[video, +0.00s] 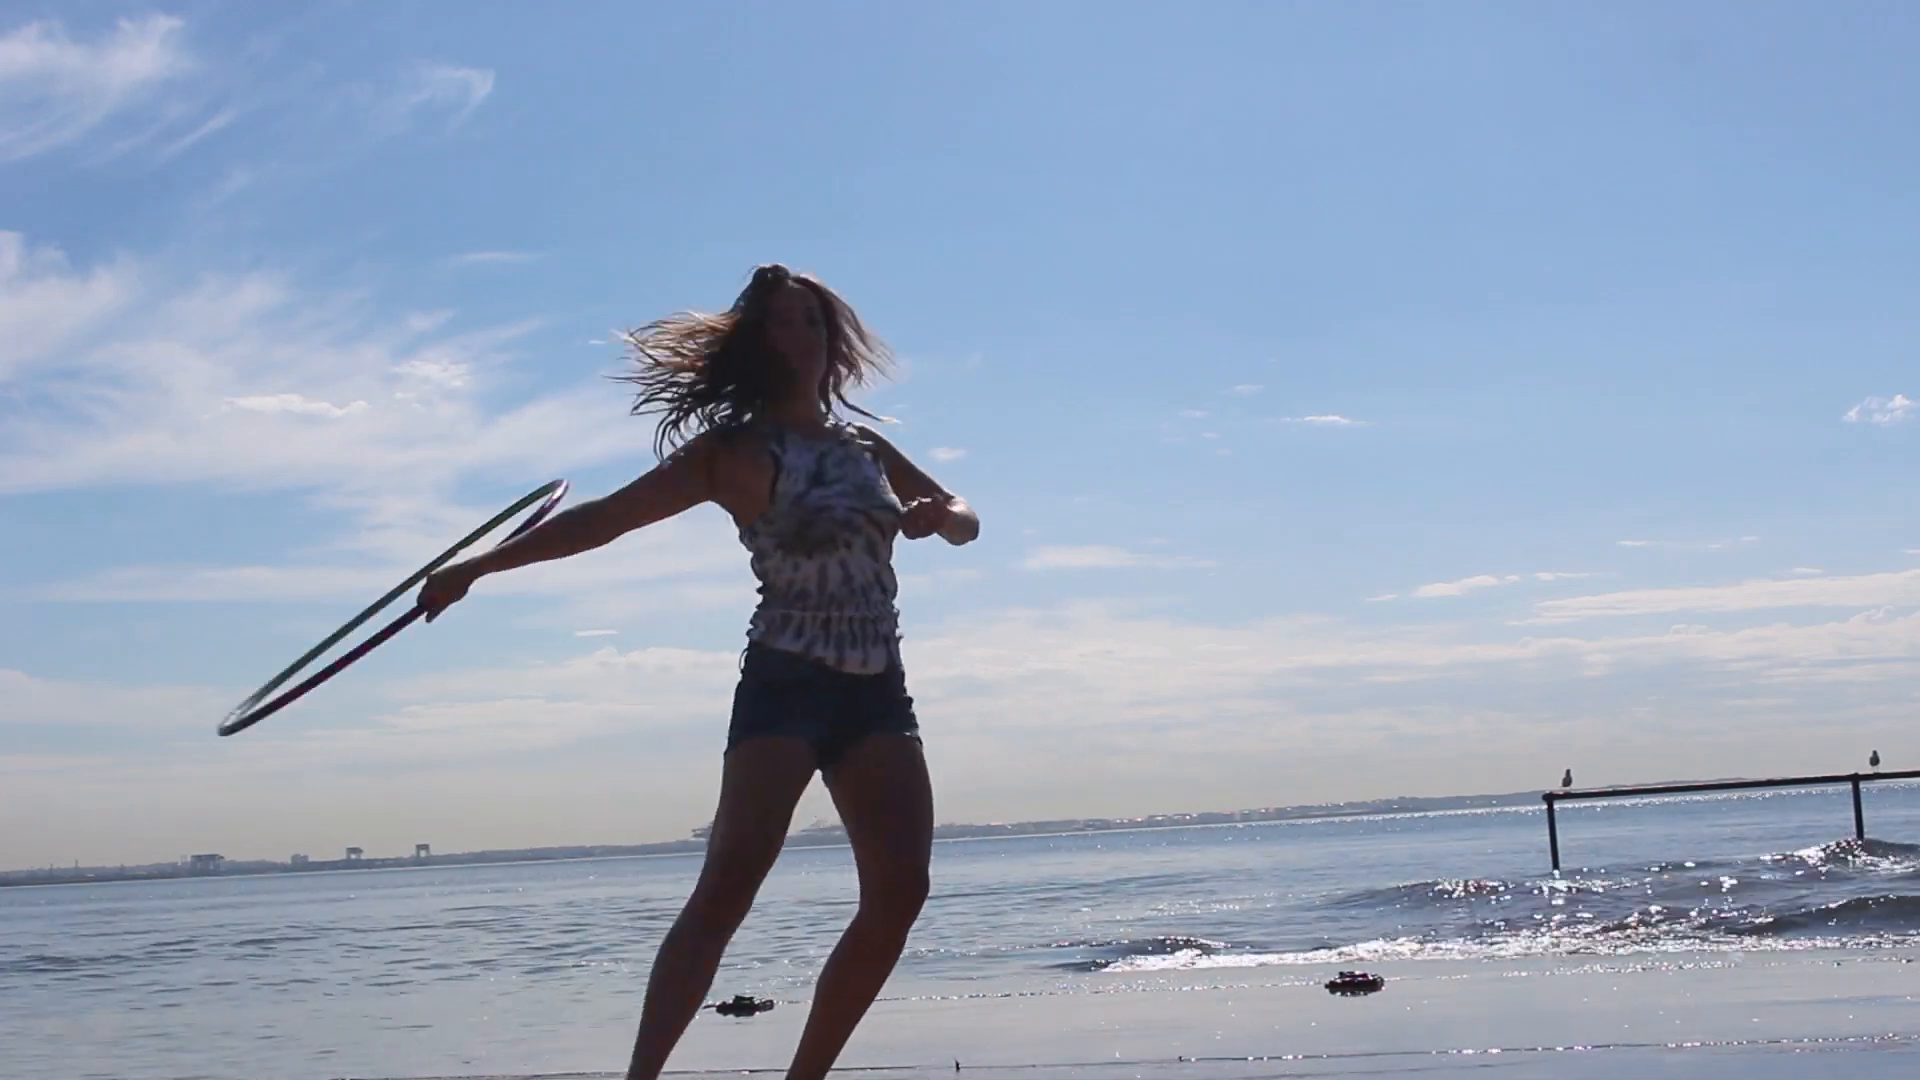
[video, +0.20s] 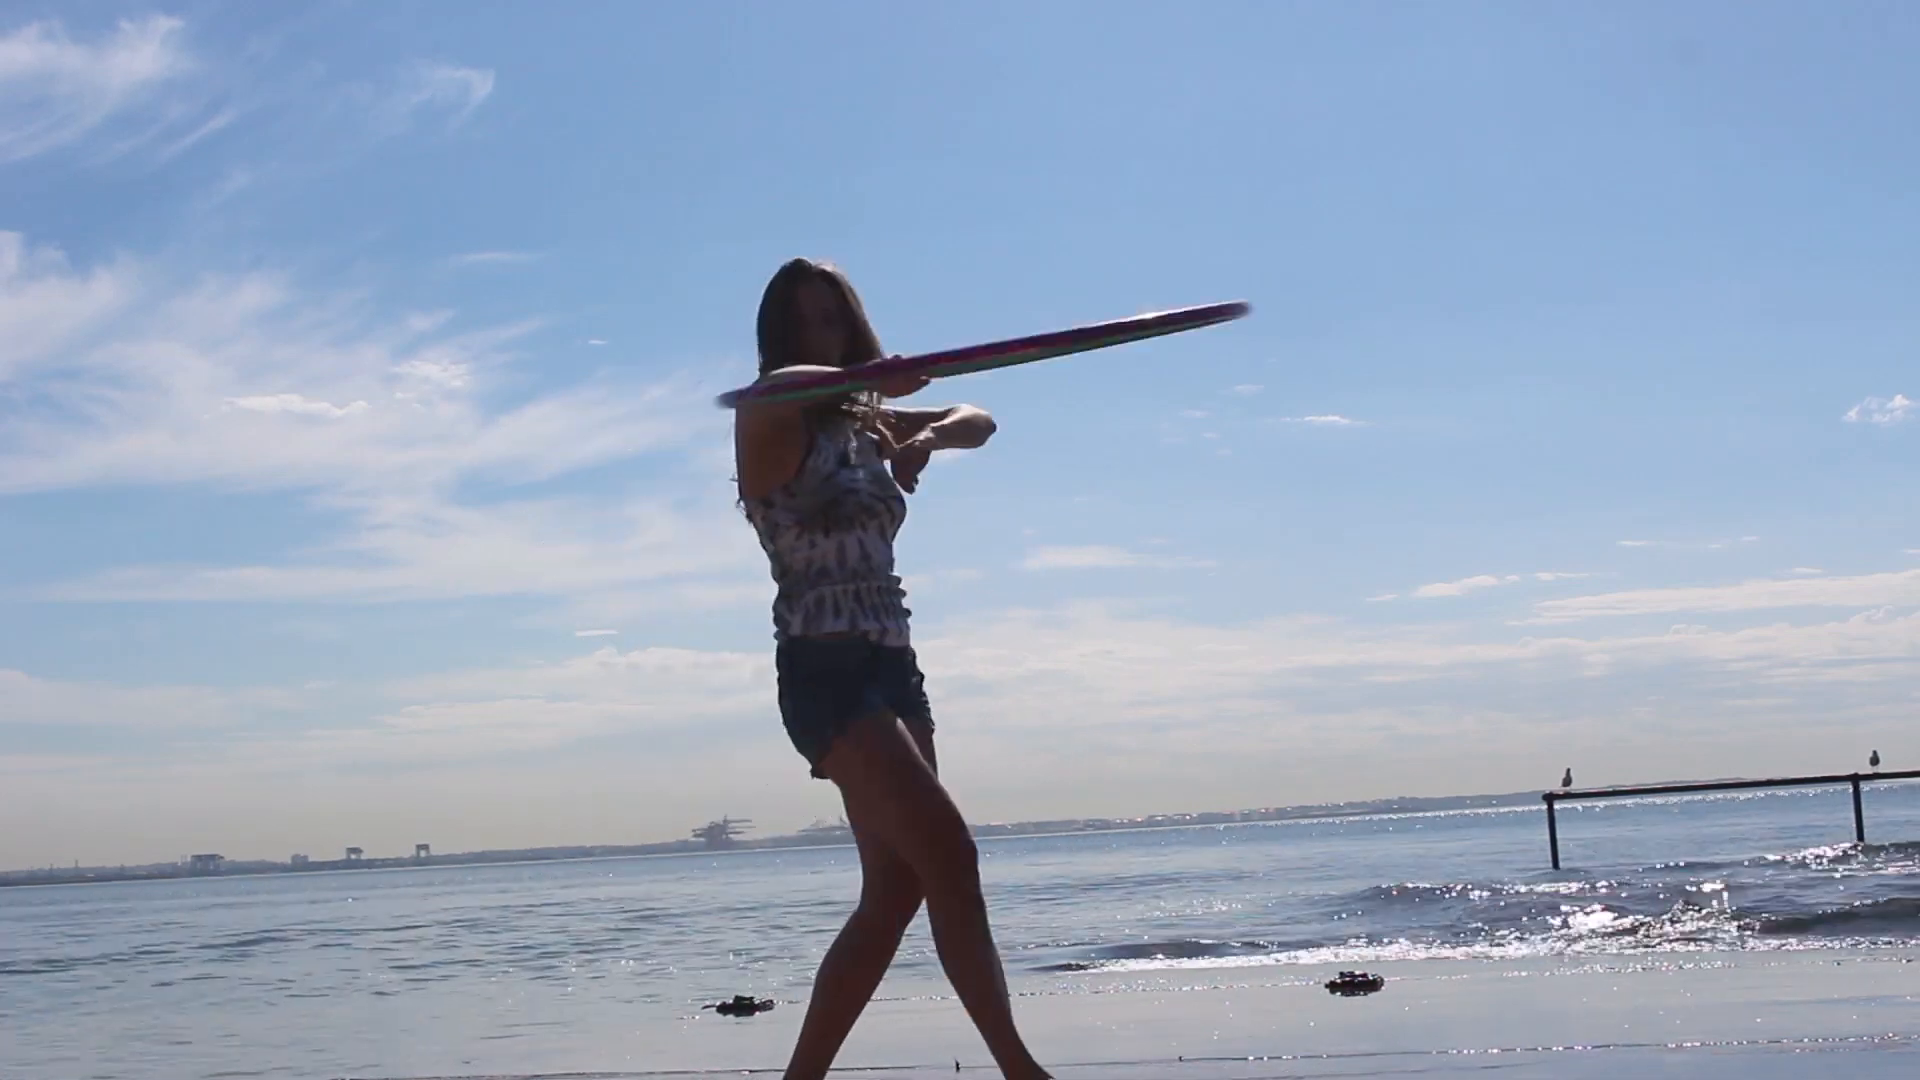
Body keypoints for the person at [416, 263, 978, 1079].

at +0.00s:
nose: (813, 333)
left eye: (818, 320)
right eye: (794, 322)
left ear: (832, 337)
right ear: (759, 344)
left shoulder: (865, 444)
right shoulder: (731, 452)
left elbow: (963, 519)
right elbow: (606, 518)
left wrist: (946, 517)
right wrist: (476, 565)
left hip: (874, 689)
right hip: (785, 685)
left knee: (900, 891)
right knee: (725, 894)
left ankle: (806, 1074)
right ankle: (642, 1073)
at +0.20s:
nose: (830, 336)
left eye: (840, 319)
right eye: (810, 324)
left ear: (858, 328)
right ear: (777, 336)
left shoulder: (871, 424)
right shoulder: (763, 419)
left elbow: (982, 422)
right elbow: (784, 381)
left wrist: (930, 432)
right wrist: (869, 381)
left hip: (893, 662)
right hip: (825, 668)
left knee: (890, 895)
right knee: (951, 859)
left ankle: (802, 1072)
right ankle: (1020, 1067)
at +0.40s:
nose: (915, 301)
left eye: (909, 291)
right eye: (905, 291)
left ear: (814, 321)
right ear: (888, 305)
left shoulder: (802, 404)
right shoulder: (921, 366)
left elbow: (731, 361)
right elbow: (1014, 256)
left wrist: (793, 278)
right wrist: (978, 213)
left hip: (839, 654)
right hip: (929, 651)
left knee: (874, 868)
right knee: (990, 873)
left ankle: (833, 1067)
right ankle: (1042, 1067)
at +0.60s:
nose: (849, 325)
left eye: (859, 307)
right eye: (847, 309)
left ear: (902, 312)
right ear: (942, 310)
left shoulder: (897, 388)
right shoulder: (979, 400)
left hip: (901, 659)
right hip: (975, 655)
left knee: (832, 870)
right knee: (989, 871)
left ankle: (928, 1066)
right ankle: (1051, 1066)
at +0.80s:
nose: (862, 340)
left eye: (874, 321)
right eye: (857, 325)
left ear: (924, 325)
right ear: (862, 337)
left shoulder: (966, 403)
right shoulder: (856, 436)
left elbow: (1013, 247)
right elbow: (812, 561)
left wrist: (995, 316)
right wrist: (833, 506)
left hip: (956, 669)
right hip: (870, 675)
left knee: (919, 883)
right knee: (867, 897)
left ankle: (942, 1069)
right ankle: (1036, 1028)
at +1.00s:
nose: (951, 356)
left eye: (957, 341)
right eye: (943, 337)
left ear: (939, 331)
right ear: (899, 322)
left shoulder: (911, 392)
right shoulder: (831, 380)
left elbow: (970, 269)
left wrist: (906, 258)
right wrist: (993, 468)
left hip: (937, 646)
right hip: (855, 653)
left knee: (961, 867)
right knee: (954, 859)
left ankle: (939, 1069)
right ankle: (873, 1064)